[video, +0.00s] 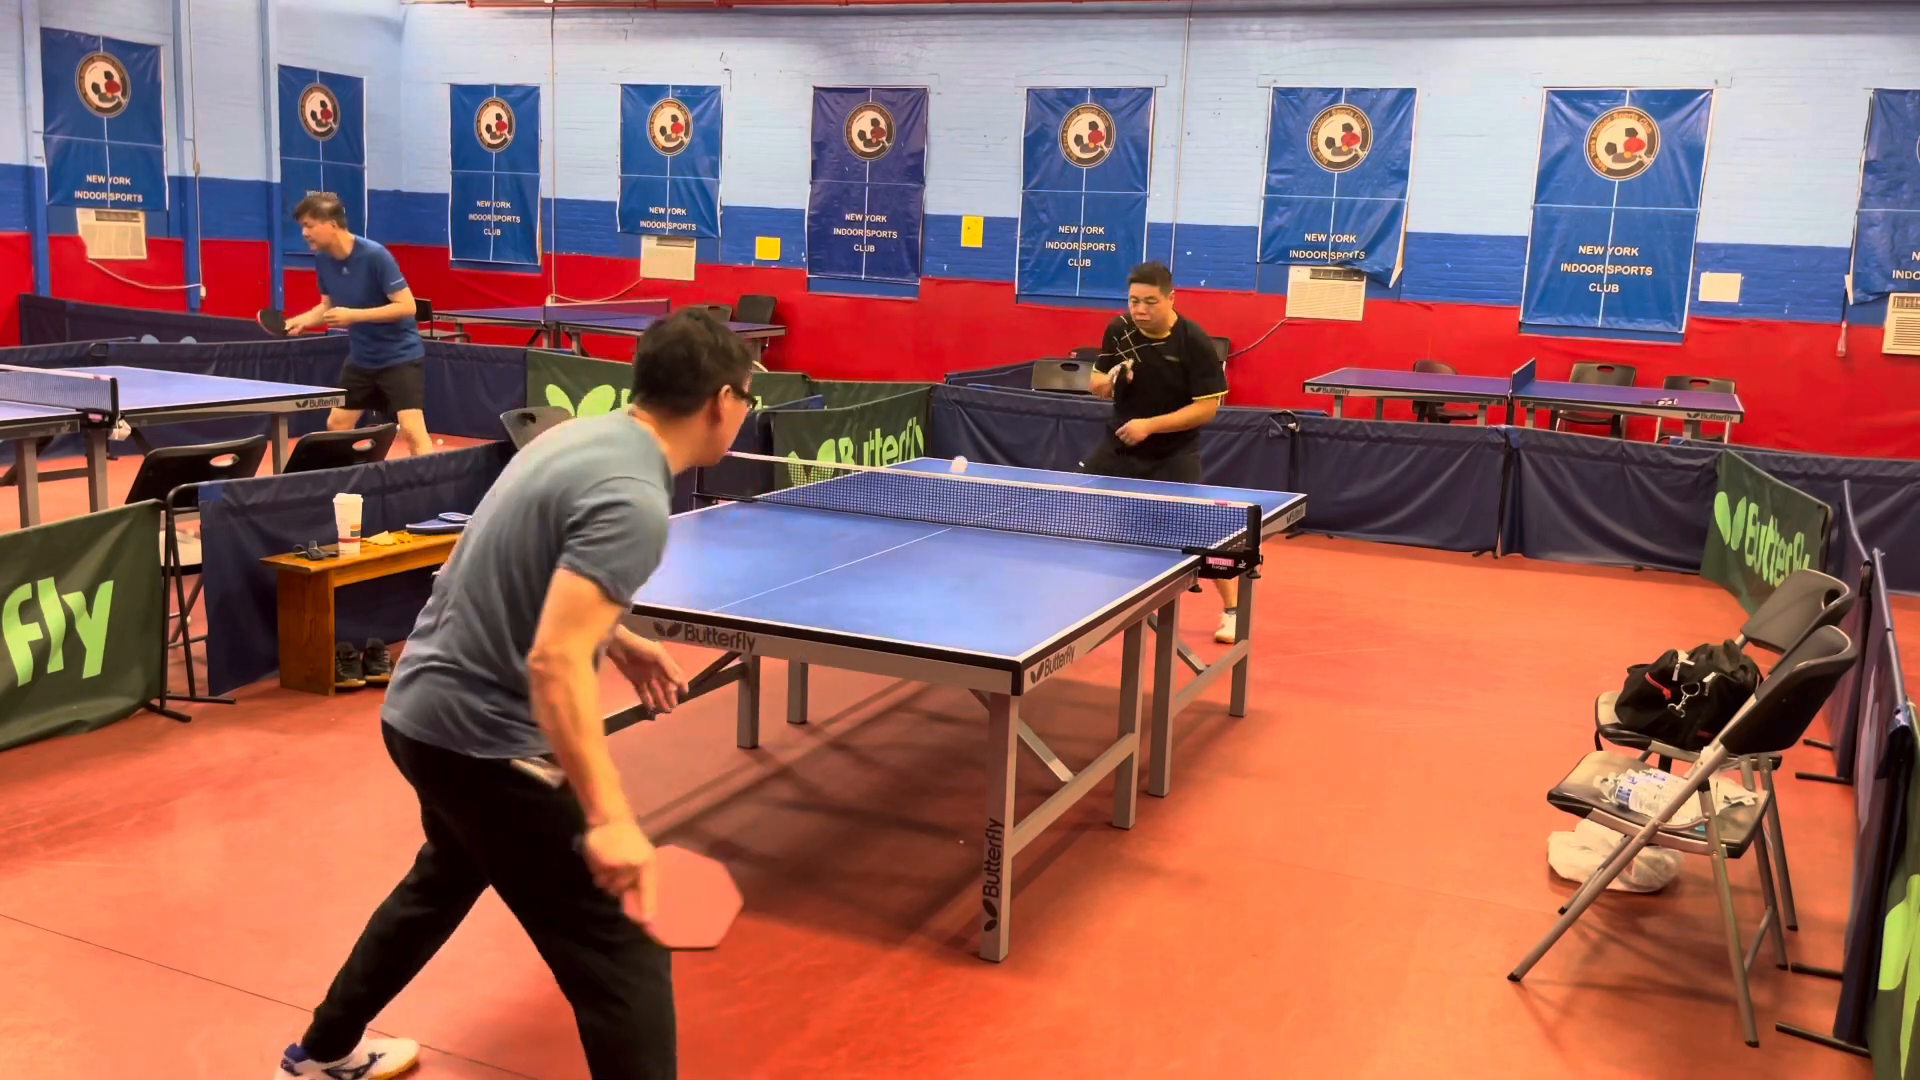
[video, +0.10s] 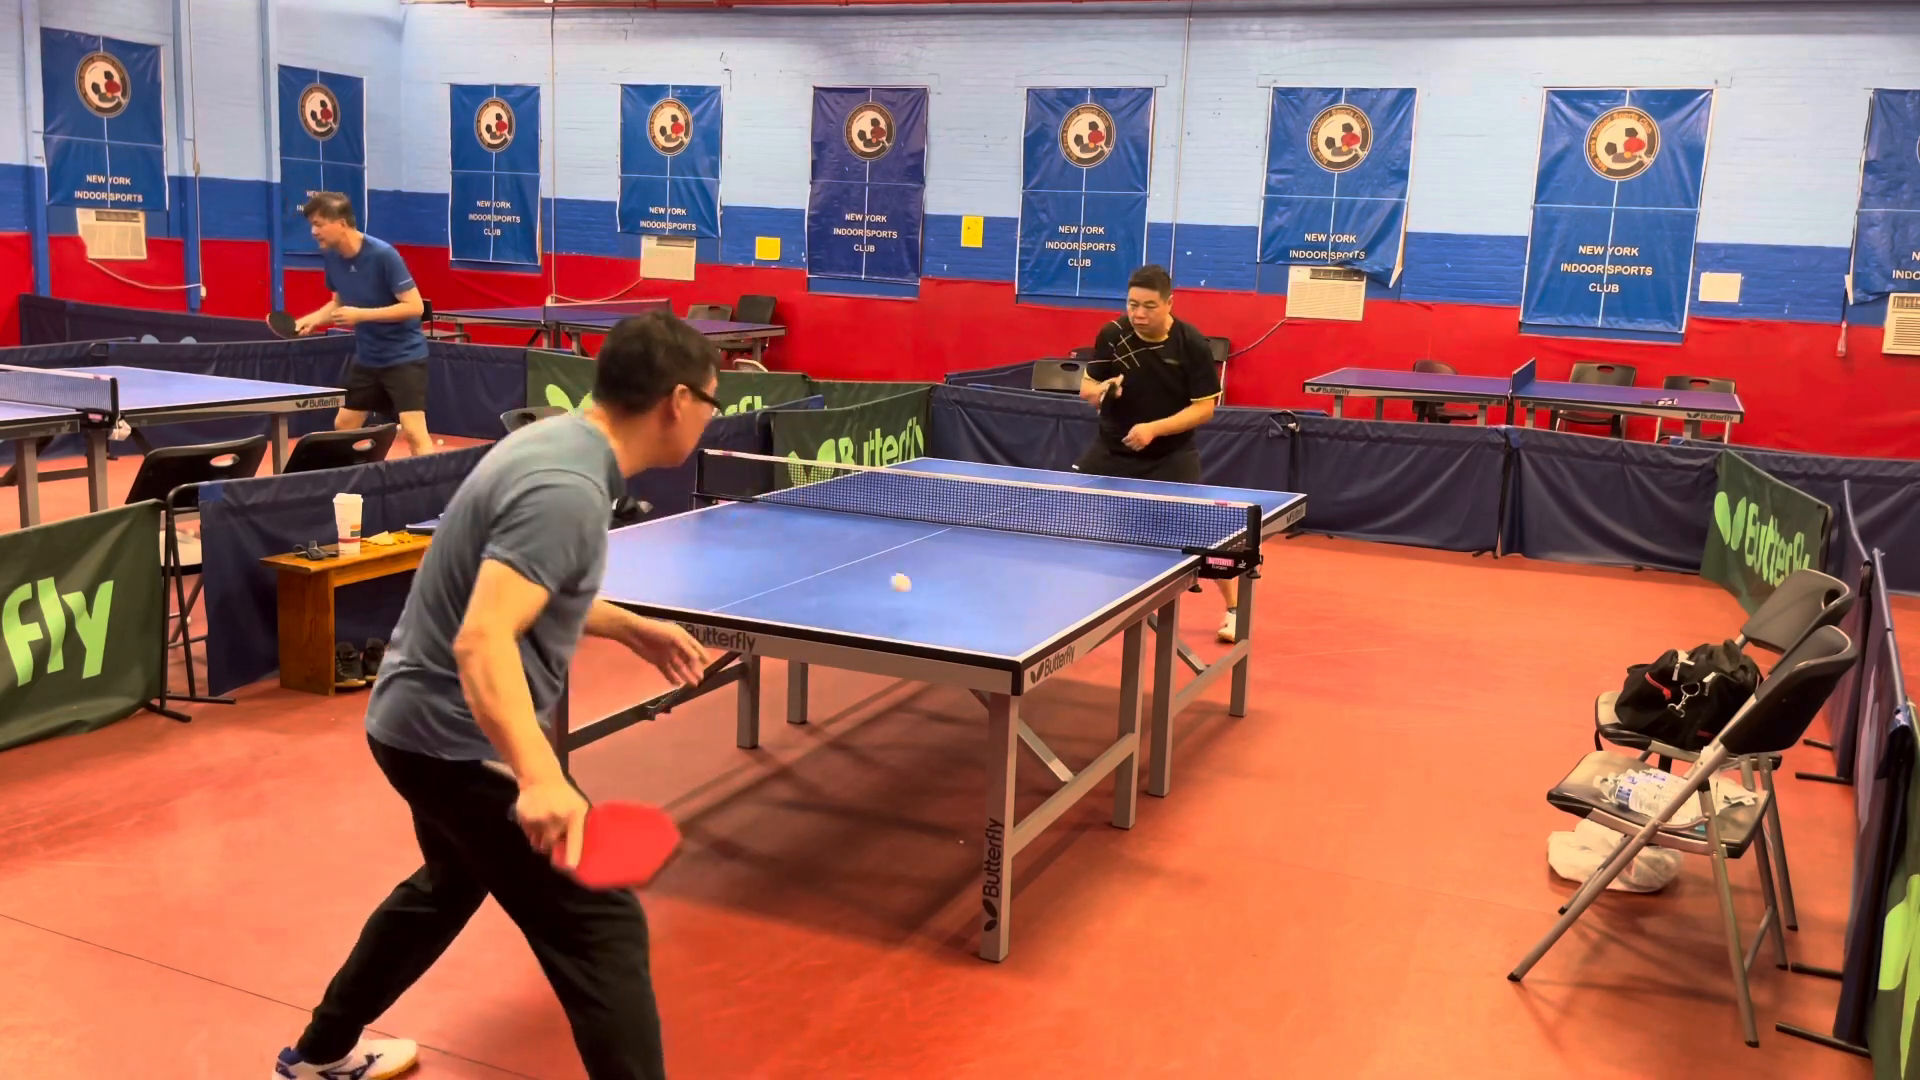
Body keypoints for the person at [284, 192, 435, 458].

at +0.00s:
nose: (304, 233)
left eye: (309, 226)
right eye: (303, 227)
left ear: (332, 225)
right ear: (325, 227)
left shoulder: (375, 255)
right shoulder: (324, 260)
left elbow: (408, 307)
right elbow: (330, 304)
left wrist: (352, 315)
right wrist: (303, 320)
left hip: (400, 358)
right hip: (361, 358)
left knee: (412, 430)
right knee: (337, 424)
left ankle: (434, 494)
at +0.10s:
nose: (314, 232)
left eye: (319, 224)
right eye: (312, 225)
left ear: (342, 224)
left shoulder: (384, 255)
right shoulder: (333, 258)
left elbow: (415, 307)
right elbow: (340, 302)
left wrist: (360, 315)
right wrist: (313, 319)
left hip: (404, 358)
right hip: (366, 358)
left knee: (413, 431)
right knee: (344, 425)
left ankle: (434, 493)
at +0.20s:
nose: (321, 226)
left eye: (326, 219)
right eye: (320, 220)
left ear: (349, 219)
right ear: (345, 220)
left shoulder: (390, 252)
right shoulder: (337, 252)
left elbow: (421, 304)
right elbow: (347, 297)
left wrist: (367, 312)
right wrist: (322, 315)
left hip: (405, 357)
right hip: (367, 357)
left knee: (413, 430)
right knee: (352, 427)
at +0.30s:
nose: (327, 221)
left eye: (332, 213)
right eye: (326, 214)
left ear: (356, 214)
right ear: (353, 216)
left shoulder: (395, 249)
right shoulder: (342, 249)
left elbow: (424, 302)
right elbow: (347, 295)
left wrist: (370, 308)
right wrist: (325, 309)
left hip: (404, 360)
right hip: (365, 359)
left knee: (403, 433)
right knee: (357, 428)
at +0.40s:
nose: (332, 215)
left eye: (338, 209)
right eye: (331, 209)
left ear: (361, 210)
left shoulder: (398, 249)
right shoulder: (344, 245)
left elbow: (425, 302)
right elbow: (345, 291)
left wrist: (370, 305)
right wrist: (322, 306)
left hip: (401, 362)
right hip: (361, 359)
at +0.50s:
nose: (336, 212)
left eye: (342, 206)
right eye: (335, 206)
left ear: (365, 208)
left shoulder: (399, 248)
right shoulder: (345, 241)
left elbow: (424, 303)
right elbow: (342, 290)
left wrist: (370, 304)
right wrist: (320, 302)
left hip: (395, 361)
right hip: (356, 357)